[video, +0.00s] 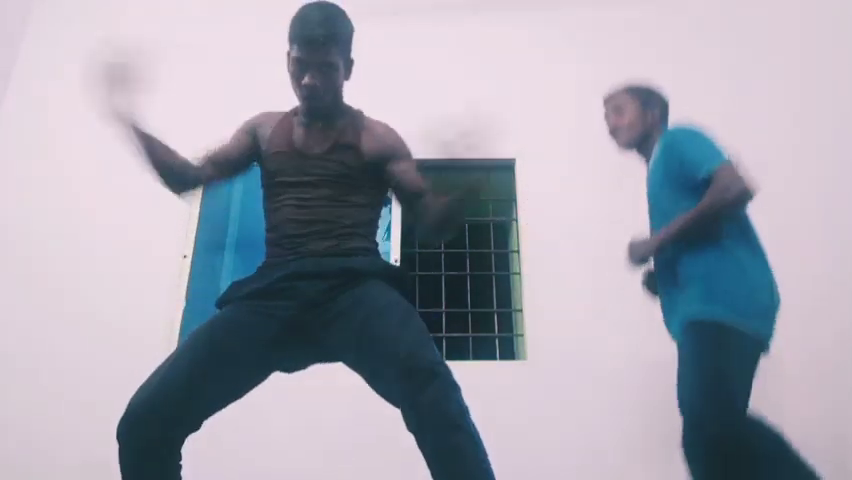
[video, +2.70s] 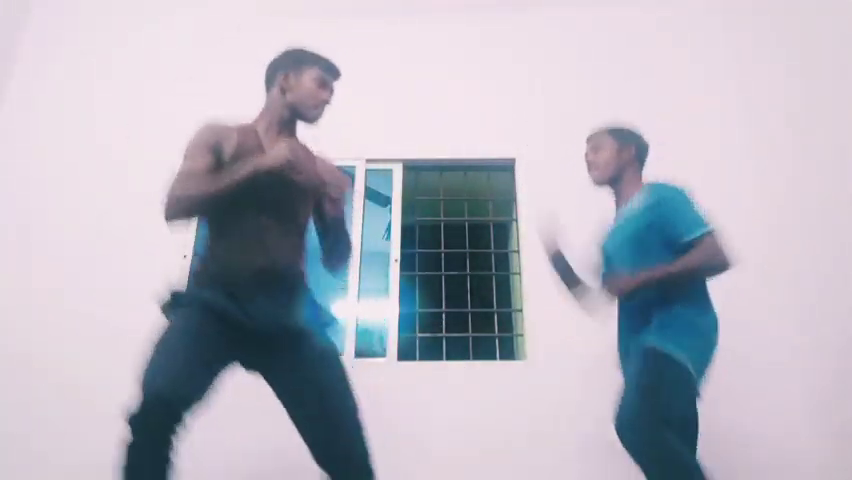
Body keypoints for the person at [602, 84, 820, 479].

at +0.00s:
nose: (611, 122)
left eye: (619, 111)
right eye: (607, 116)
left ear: (652, 111)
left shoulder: (678, 140)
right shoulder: (662, 170)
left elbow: (733, 186)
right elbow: (709, 235)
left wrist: (657, 241)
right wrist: (665, 272)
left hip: (723, 301)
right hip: (703, 309)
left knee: (710, 428)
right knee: (714, 429)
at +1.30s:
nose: (604, 120)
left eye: (613, 111)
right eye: (603, 113)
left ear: (645, 115)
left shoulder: (678, 150)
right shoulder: (633, 182)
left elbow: (714, 198)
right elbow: (667, 255)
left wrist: (624, 213)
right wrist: (626, 278)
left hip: (693, 324)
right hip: (648, 335)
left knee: (725, 437)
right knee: (655, 453)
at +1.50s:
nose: (558, 117)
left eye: (567, 107)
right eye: (558, 110)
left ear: (597, 111)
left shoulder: (621, 144)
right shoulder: (594, 173)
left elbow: (657, 194)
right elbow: (627, 249)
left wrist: (579, 222)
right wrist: (587, 276)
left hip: (640, 306)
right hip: (610, 318)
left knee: (679, 416)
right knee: (611, 443)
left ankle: (741, 475)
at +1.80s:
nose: (536, 131)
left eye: (542, 121)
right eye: (533, 125)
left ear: (574, 121)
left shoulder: (610, 156)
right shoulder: (568, 189)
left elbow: (660, 206)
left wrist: (579, 231)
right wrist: (560, 275)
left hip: (619, 316)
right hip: (574, 327)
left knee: (641, 420)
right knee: (577, 438)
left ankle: (678, 475)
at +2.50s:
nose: (584, 130)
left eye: (593, 120)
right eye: (585, 123)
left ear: (623, 123)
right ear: (614, 126)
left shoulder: (647, 160)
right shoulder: (619, 183)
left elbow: (673, 214)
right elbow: (644, 267)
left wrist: (595, 238)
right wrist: (602, 278)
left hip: (655, 309)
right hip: (632, 314)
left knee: (656, 423)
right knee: (645, 423)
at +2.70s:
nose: (588, 159)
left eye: (596, 149)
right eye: (587, 152)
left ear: (628, 153)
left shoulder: (664, 198)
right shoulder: (614, 236)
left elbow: (714, 255)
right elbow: (596, 301)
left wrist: (639, 279)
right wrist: (558, 259)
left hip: (679, 330)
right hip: (640, 343)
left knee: (636, 422)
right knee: (671, 440)